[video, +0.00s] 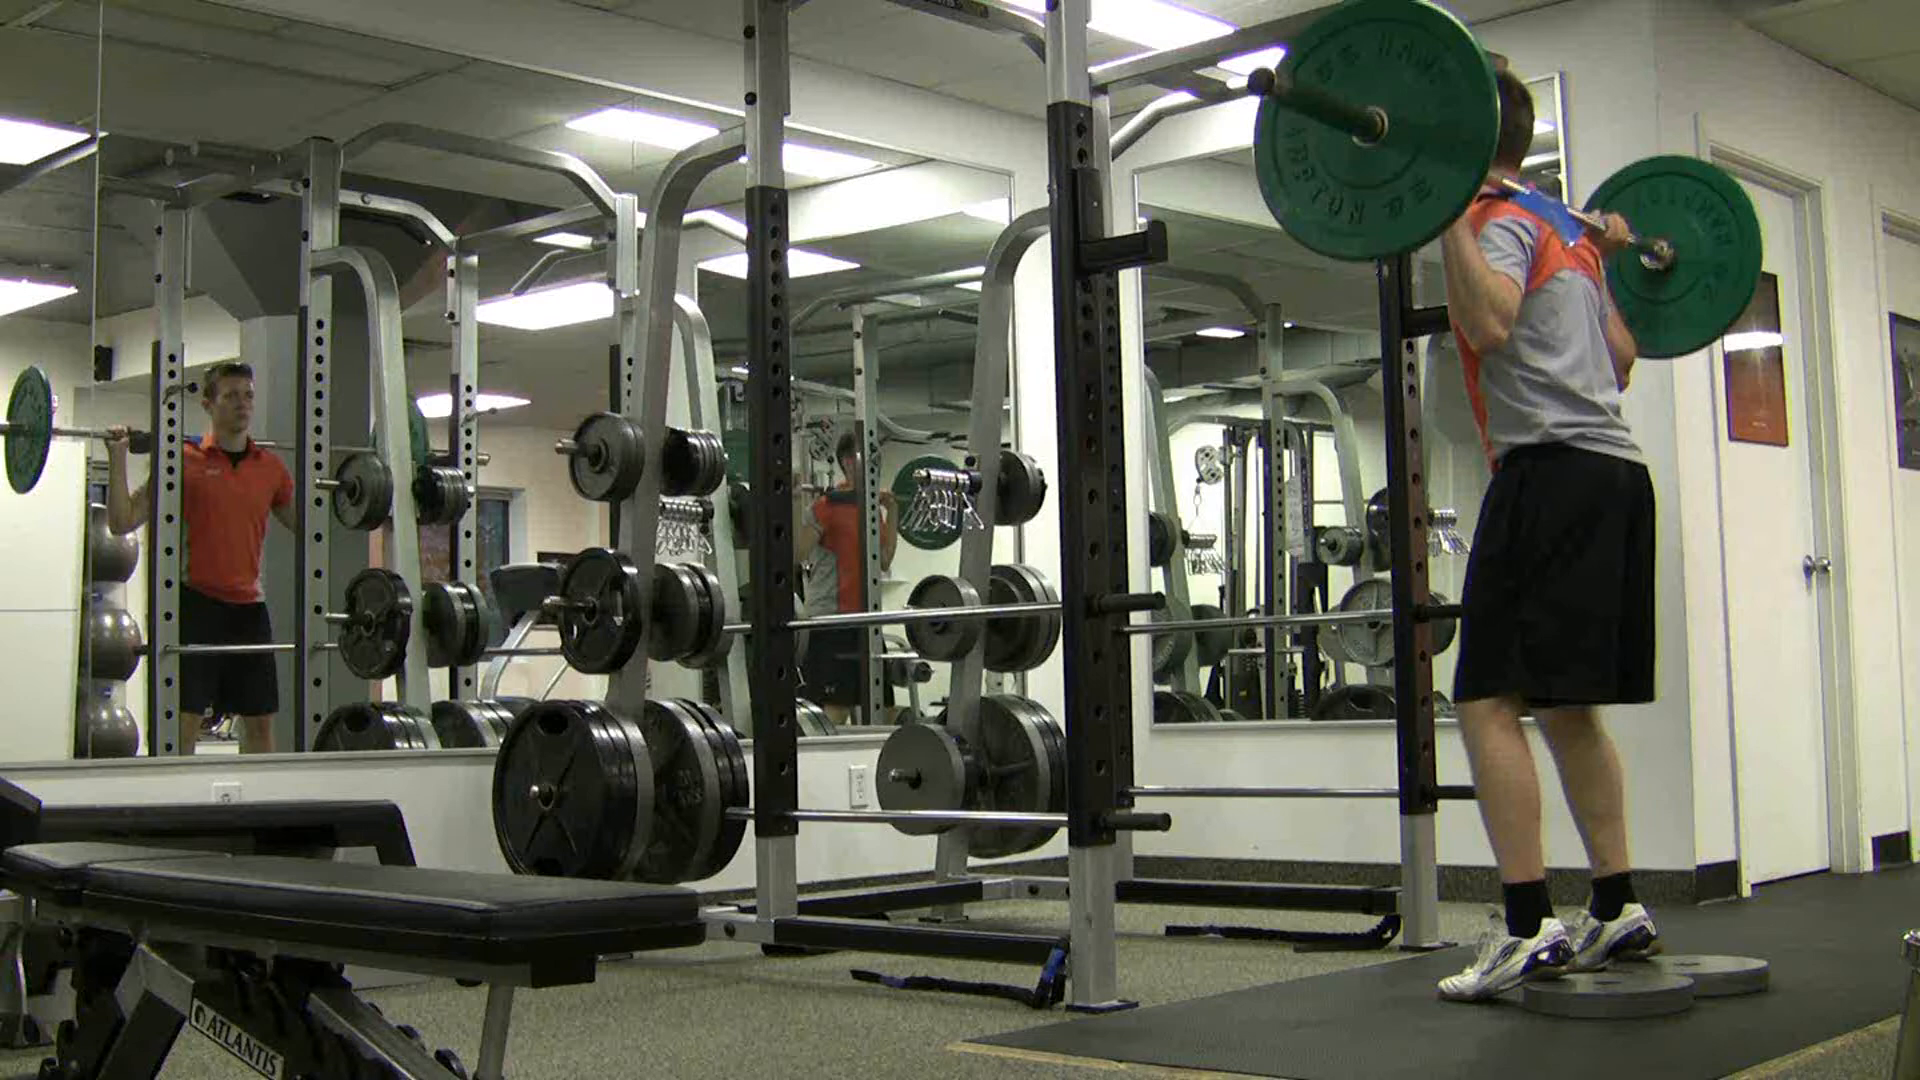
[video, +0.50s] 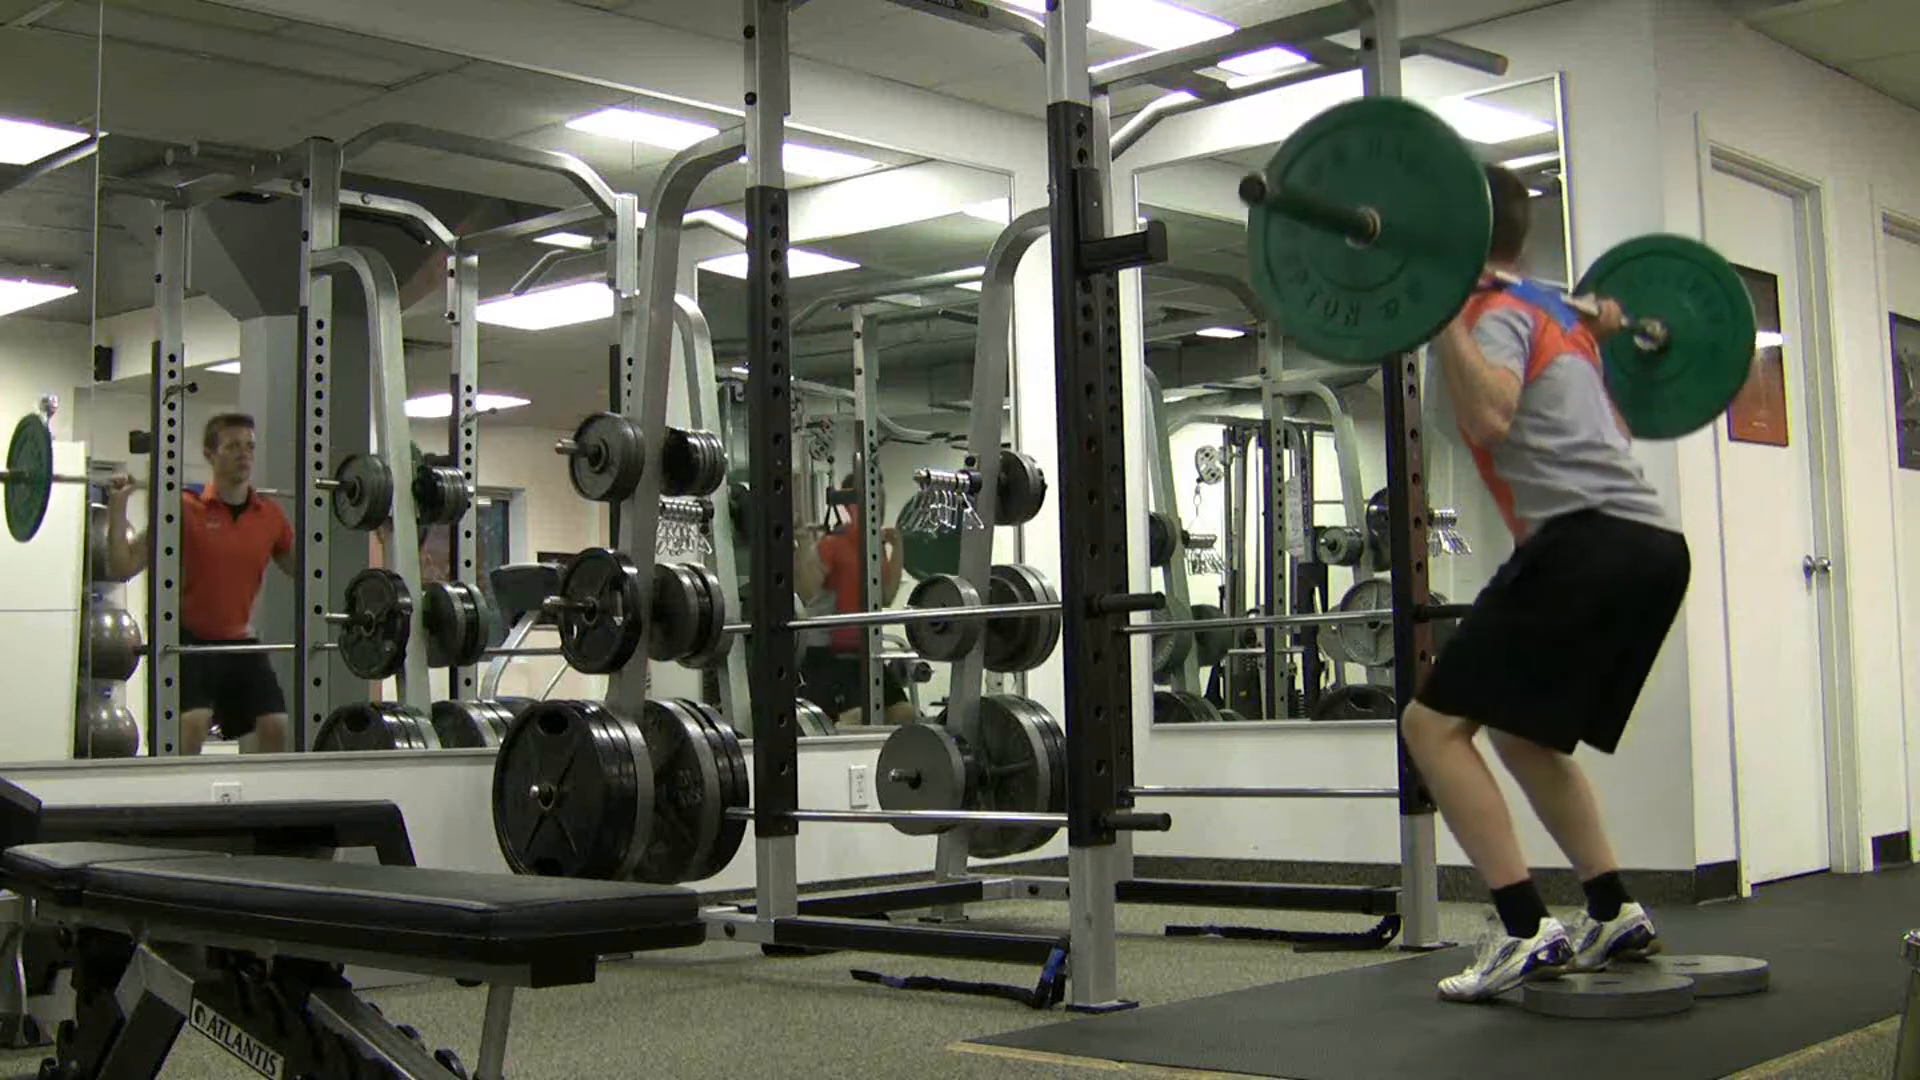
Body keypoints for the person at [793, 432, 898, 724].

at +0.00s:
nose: (864, 466)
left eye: (868, 458)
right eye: (857, 458)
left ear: (874, 461)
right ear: (844, 461)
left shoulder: (870, 507)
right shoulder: (826, 505)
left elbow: (885, 559)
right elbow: (799, 553)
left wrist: (892, 513)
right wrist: (797, 503)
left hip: (866, 615)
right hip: (831, 616)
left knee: (878, 708)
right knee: (835, 706)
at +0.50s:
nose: (871, 506)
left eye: (876, 498)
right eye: (863, 499)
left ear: (882, 501)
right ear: (848, 506)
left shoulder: (875, 545)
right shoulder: (833, 544)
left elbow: (887, 596)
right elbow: (808, 593)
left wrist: (897, 548)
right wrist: (804, 547)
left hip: (869, 652)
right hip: (835, 652)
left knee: (903, 716)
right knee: (852, 721)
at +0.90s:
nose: (874, 545)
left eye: (880, 536)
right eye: (866, 537)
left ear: (886, 540)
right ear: (851, 542)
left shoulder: (881, 585)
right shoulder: (832, 584)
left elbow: (887, 632)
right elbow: (816, 632)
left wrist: (899, 584)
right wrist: (803, 587)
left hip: (869, 678)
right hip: (830, 678)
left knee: (909, 716)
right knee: (860, 717)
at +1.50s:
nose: (887, 586)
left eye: (889, 579)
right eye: (879, 580)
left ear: (893, 581)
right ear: (857, 585)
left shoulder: (883, 622)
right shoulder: (836, 623)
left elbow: (891, 668)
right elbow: (807, 673)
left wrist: (903, 625)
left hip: (872, 704)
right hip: (838, 706)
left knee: (917, 721)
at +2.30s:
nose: (887, 560)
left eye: (888, 552)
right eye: (879, 553)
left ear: (891, 554)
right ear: (857, 557)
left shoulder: (880, 596)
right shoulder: (835, 595)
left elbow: (889, 645)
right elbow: (812, 644)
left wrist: (902, 601)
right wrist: (807, 600)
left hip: (870, 687)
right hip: (836, 687)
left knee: (915, 720)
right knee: (864, 727)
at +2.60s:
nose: (881, 520)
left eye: (883, 512)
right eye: (872, 512)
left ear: (886, 515)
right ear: (852, 516)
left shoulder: (877, 558)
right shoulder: (830, 558)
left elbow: (887, 606)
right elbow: (809, 602)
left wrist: (900, 558)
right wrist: (799, 560)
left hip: (870, 661)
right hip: (836, 662)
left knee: (910, 720)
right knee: (857, 722)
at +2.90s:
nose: (878, 487)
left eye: (879, 479)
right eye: (871, 479)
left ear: (880, 483)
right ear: (850, 482)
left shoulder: (873, 525)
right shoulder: (828, 525)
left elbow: (886, 576)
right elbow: (799, 573)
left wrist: (897, 529)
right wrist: (798, 525)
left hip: (864, 630)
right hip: (832, 630)